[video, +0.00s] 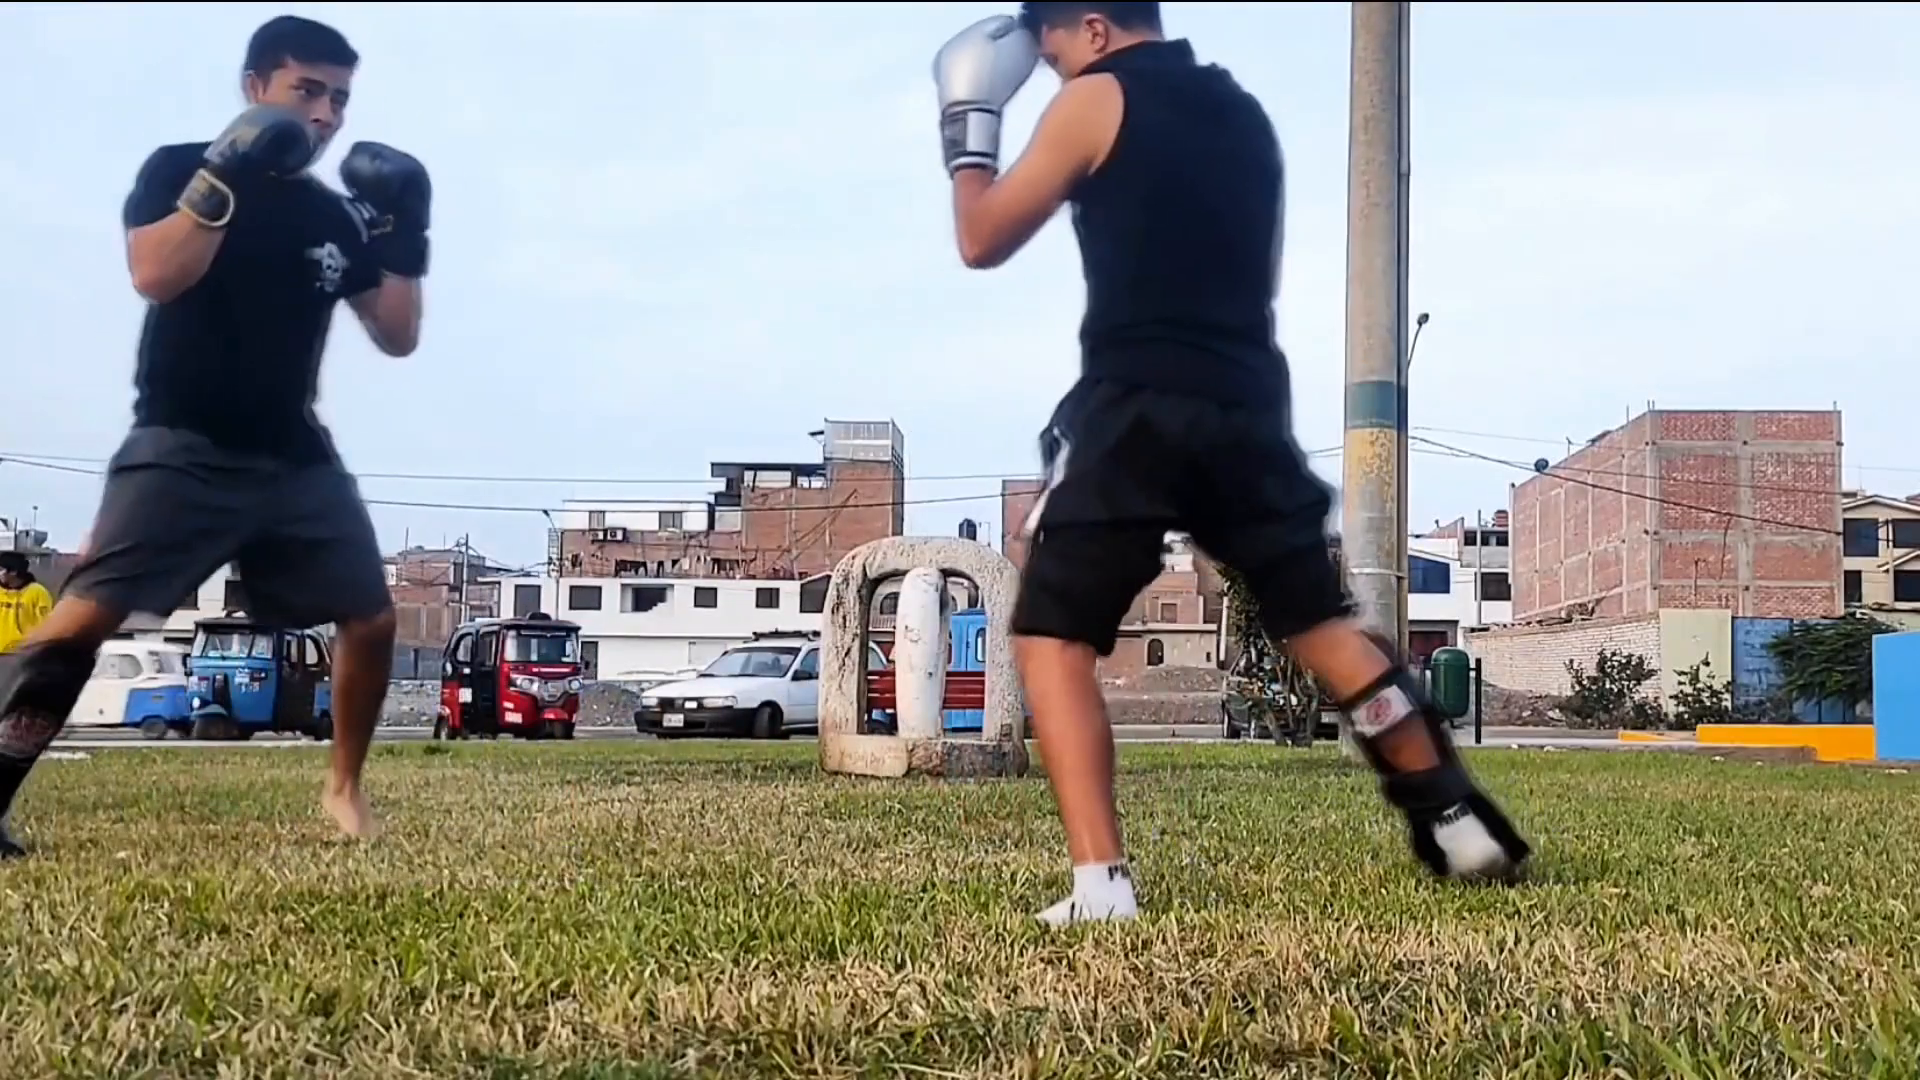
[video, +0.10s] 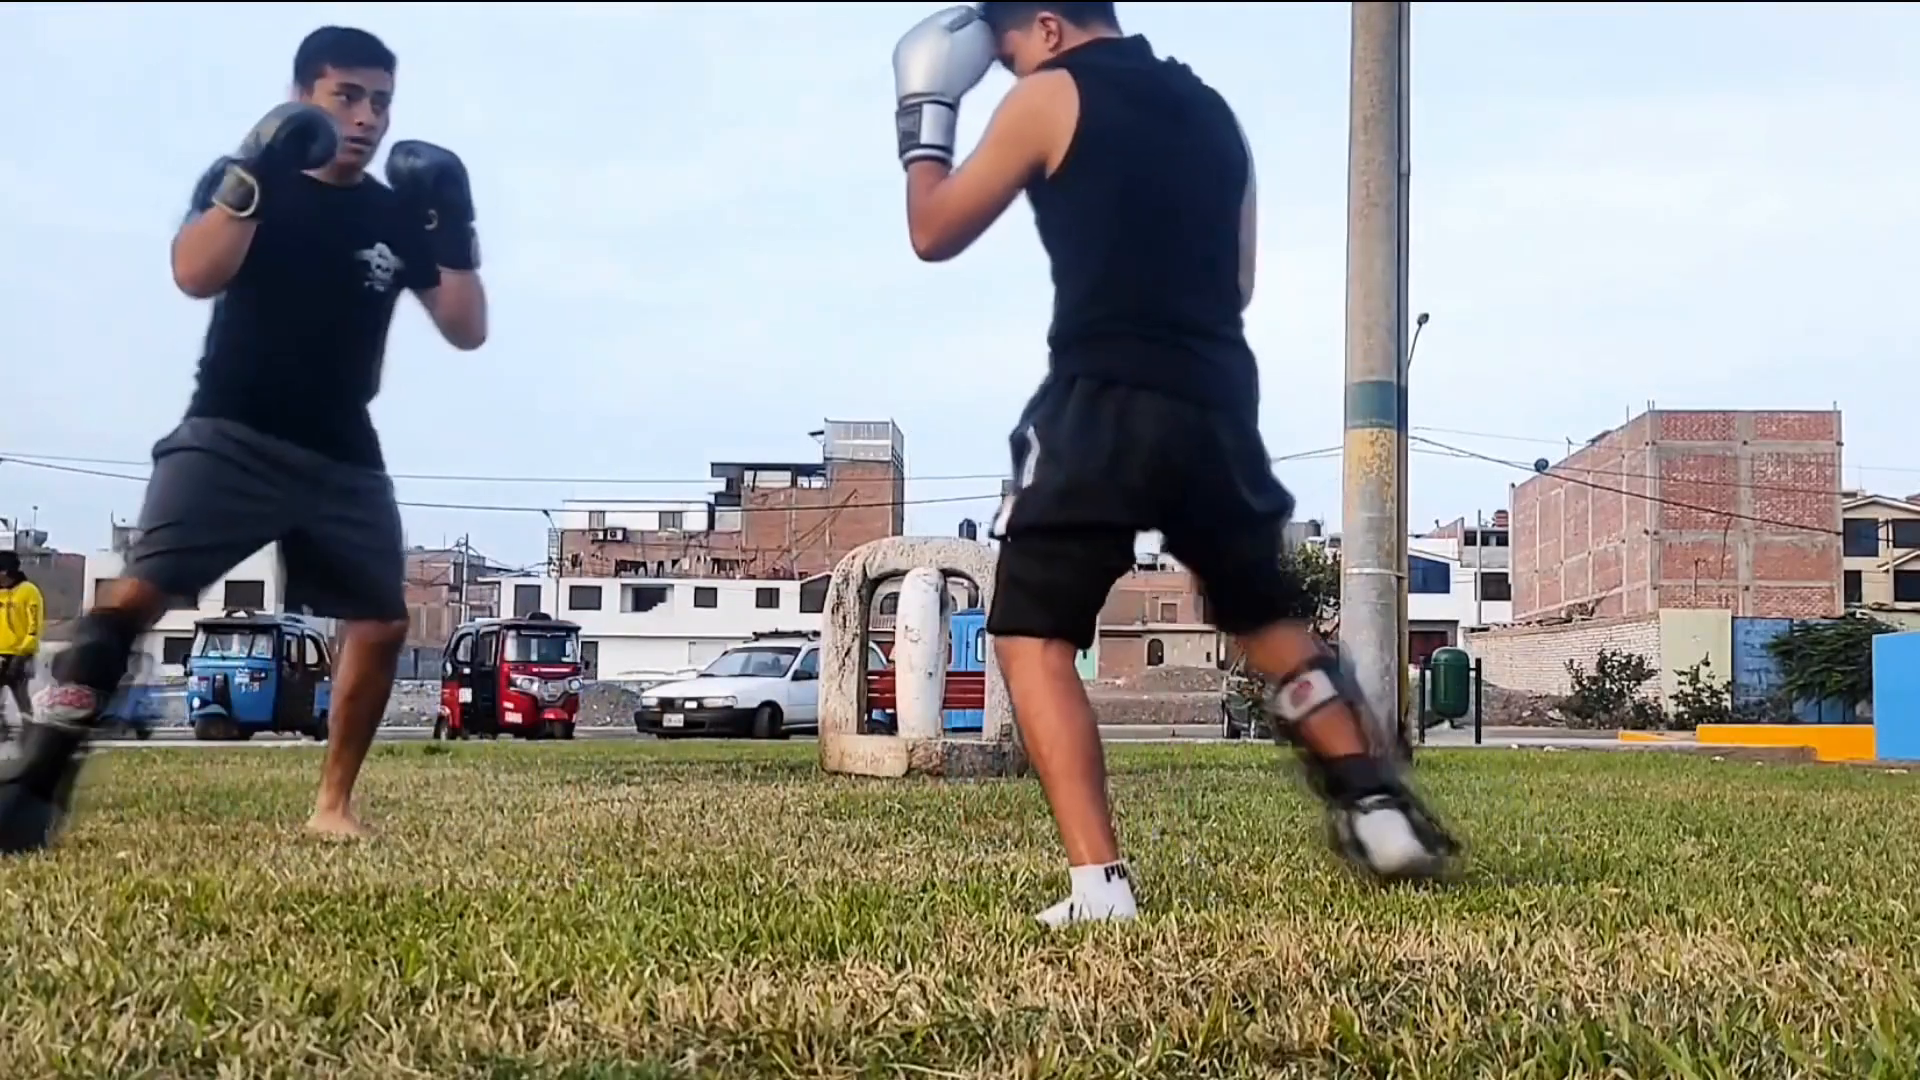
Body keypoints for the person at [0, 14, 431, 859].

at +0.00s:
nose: (324, 110)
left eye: (337, 97)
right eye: (309, 90)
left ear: (345, 107)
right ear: (256, 87)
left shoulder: (340, 215)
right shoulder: (181, 169)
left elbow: (398, 335)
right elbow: (155, 275)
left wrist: (405, 229)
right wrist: (222, 175)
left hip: (296, 455)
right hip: (181, 444)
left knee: (371, 617)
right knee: (85, 614)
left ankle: (345, 789)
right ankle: (0, 800)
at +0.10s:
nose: (366, 115)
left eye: (380, 101)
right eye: (349, 96)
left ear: (391, 110)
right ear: (302, 96)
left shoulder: (396, 211)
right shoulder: (247, 177)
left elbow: (468, 331)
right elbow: (195, 275)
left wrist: (451, 224)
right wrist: (253, 176)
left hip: (344, 457)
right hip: (231, 436)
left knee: (382, 624)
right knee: (136, 597)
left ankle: (333, 810)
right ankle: (35, 790)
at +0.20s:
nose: (405, 115)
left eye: (418, 101)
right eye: (387, 98)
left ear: (428, 110)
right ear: (345, 103)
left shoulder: (440, 213)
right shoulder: (297, 182)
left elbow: (509, 329)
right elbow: (236, 274)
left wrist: (491, 222)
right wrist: (292, 171)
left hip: (381, 458)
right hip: (272, 434)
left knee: (388, 628)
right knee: (219, 584)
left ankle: (339, 806)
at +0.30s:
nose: (436, 115)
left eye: (448, 101)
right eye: (419, 97)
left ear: (459, 113)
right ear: (377, 102)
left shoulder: (467, 216)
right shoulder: (321, 183)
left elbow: (514, 334)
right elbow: (271, 274)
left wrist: (514, 243)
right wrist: (334, 183)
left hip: (423, 444)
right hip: (321, 432)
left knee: (429, 610)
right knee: (298, 606)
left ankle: (367, 784)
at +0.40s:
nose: (459, 155)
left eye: (470, 145)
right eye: (444, 139)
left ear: (480, 158)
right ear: (401, 144)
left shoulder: (489, 254)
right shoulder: (351, 227)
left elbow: (523, 367)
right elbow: (293, 295)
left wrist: (542, 306)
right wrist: (368, 218)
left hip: (475, 474)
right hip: (377, 474)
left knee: (506, 603)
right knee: (376, 662)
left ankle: (435, 776)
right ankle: (389, 767)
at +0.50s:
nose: (483, 190)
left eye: (493, 180)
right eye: (468, 178)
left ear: (504, 193)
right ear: (429, 187)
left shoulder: (521, 289)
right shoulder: (390, 264)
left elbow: (532, 382)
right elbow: (336, 290)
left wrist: (576, 394)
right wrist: (419, 231)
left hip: (508, 503)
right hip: (412, 512)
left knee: (562, 608)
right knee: (397, 678)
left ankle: (532, 778)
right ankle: (410, 800)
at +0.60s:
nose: (550, 212)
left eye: (554, 198)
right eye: (537, 197)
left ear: (558, 205)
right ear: (501, 194)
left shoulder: (559, 300)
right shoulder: (455, 255)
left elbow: (557, 402)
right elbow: (422, 244)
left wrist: (614, 388)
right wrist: (523, 190)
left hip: (536, 508)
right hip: (444, 503)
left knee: (608, 629)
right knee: (415, 678)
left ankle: (555, 810)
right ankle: (395, 821)